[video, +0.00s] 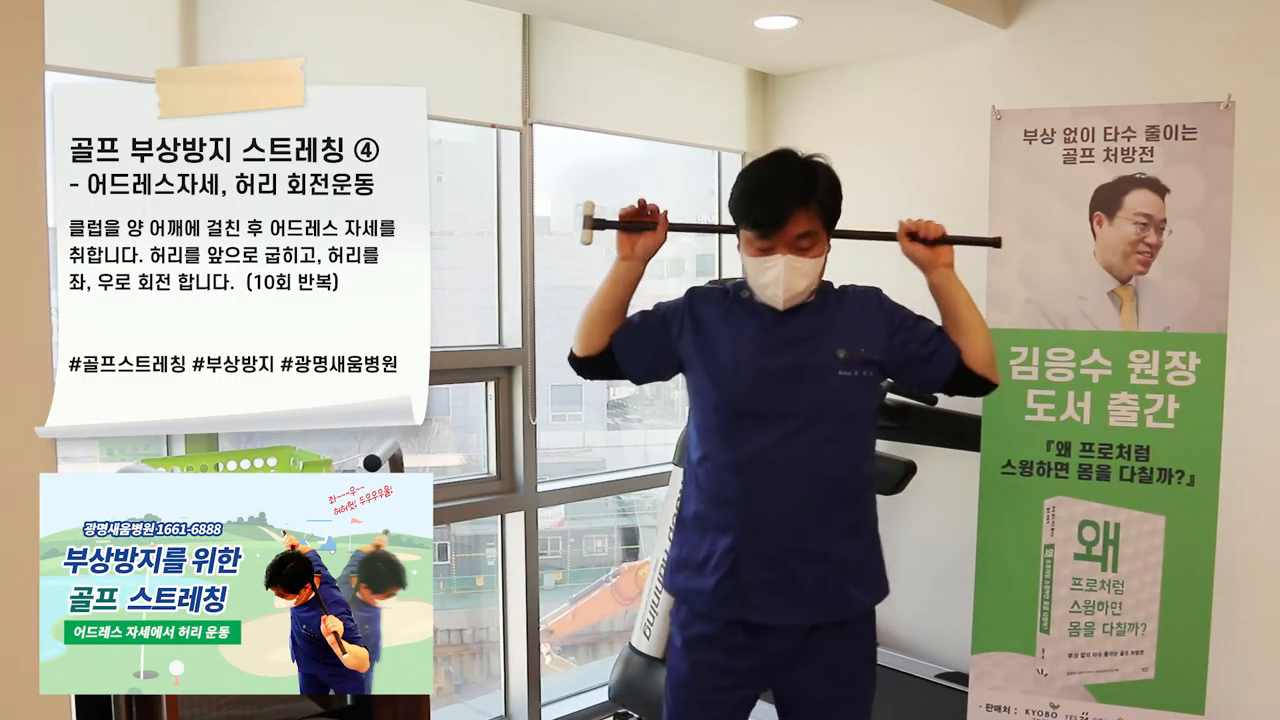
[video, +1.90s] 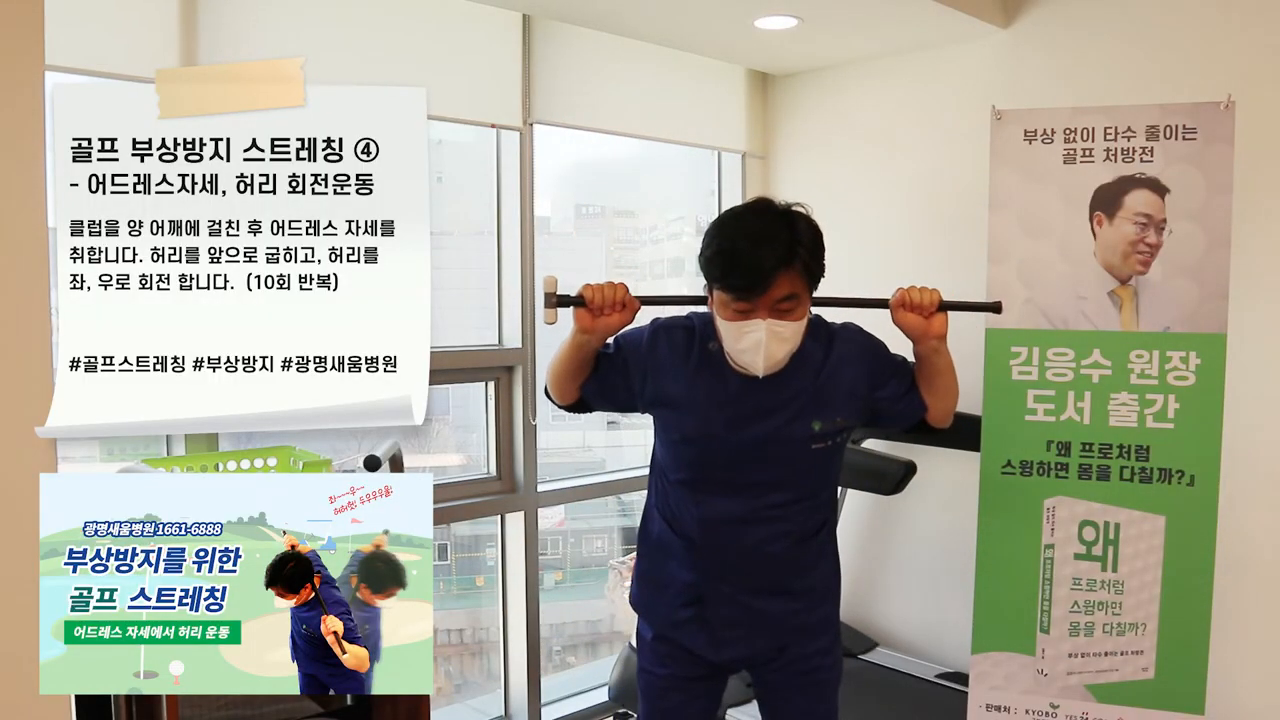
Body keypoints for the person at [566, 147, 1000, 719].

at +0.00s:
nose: (784, 262)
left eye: (805, 243)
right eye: (764, 245)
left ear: (829, 237)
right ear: (740, 239)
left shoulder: (866, 317)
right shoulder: (702, 317)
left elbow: (979, 374)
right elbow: (590, 357)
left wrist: (941, 273)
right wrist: (629, 263)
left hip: (833, 618)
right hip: (715, 615)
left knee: (836, 713)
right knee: (691, 713)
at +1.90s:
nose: (763, 328)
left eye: (785, 309)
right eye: (741, 311)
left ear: (811, 295)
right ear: (710, 295)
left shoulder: (845, 357)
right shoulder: (670, 349)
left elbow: (937, 412)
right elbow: (564, 390)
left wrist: (930, 346)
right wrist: (587, 337)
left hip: (797, 618)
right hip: (682, 616)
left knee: (808, 713)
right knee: (667, 714)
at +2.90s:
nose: (881, 361)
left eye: (883, 348)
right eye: (867, 355)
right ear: (809, 350)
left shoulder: (833, 365)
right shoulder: (723, 398)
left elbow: (891, 369)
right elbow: (606, 527)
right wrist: (684, 463)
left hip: (800, 620)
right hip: (700, 630)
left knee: (802, 713)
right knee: (682, 712)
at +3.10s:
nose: (920, 365)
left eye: (921, 355)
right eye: (914, 360)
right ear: (865, 367)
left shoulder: (796, 334)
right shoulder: (752, 427)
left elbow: (768, 302)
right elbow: (697, 578)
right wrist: (785, 500)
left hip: (793, 627)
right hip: (710, 647)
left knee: (797, 711)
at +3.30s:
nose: (935, 366)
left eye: (937, 356)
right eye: (934, 357)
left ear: (849, 316)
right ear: (901, 369)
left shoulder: (779, 330)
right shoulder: (803, 443)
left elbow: (726, 304)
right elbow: (787, 603)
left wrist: (785, 273)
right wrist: (863, 509)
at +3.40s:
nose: (940, 366)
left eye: (944, 356)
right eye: (941, 357)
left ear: (856, 316)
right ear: (913, 369)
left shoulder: (779, 331)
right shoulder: (819, 443)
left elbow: (715, 308)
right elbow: (809, 606)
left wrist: (776, 273)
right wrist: (885, 512)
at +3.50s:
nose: (942, 368)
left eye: (946, 358)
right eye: (944, 359)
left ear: (859, 315)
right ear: (918, 370)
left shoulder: (779, 333)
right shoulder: (826, 446)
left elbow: (712, 309)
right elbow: (819, 608)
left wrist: (775, 274)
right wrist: (896, 513)